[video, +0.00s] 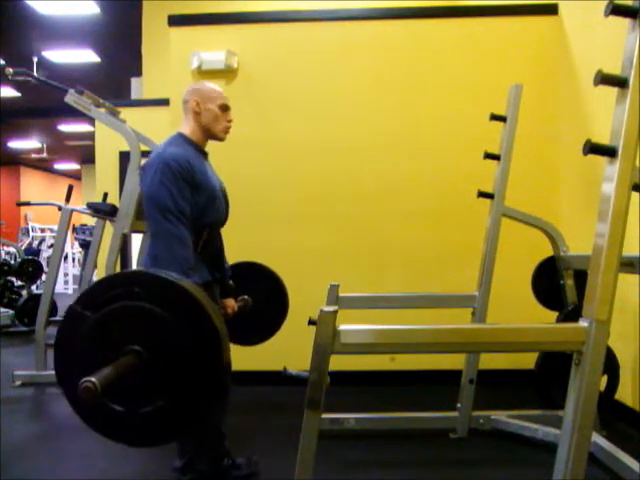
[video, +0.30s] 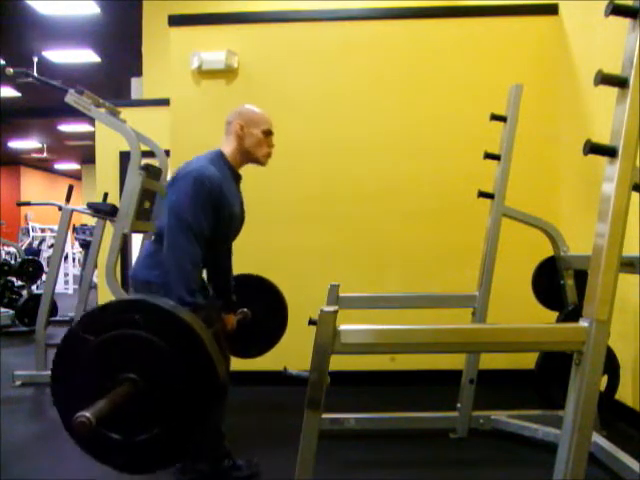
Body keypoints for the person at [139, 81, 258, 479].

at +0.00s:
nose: (230, 119)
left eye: (229, 111)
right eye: (223, 110)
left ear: (199, 110)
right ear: (195, 109)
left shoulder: (197, 160)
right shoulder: (170, 159)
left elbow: (210, 237)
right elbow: (172, 243)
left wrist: (226, 290)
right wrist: (202, 297)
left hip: (198, 290)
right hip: (177, 294)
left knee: (210, 374)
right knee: (203, 375)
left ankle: (207, 456)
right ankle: (202, 460)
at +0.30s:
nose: (272, 142)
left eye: (272, 135)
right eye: (266, 134)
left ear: (244, 135)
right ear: (238, 131)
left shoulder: (227, 182)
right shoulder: (200, 175)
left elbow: (218, 253)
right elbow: (181, 250)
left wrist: (227, 306)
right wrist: (203, 310)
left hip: (189, 292)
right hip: (160, 292)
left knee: (211, 372)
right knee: (196, 376)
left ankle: (209, 455)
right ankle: (199, 459)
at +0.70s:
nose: (302, 188)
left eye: (302, 180)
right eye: (296, 179)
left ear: (272, 178)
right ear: (270, 175)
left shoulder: (248, 221)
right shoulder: (221, 210)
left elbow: (232, 285)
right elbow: (196, 283)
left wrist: (234, 335)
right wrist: (203, 348)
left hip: (173, 285)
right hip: (149, 283)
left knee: (194, 370)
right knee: (174, 372)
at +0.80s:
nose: (309, 198)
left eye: (308, 190)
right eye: (303, 189)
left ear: (278, 185)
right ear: (278, 185)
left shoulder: (251, 226)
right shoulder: (229, 220)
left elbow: (235, 291)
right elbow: (201, 291)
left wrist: (235, 341)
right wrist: (206, 358)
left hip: (175, 284)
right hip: (150, 281)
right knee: (169, 368)